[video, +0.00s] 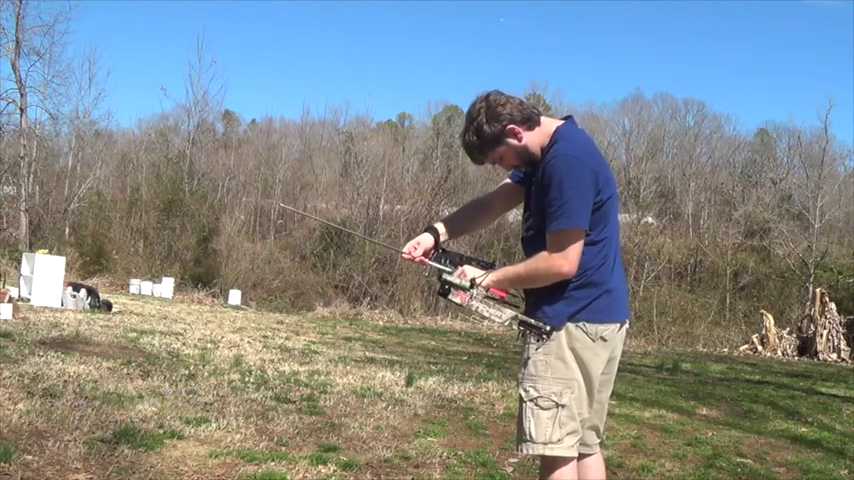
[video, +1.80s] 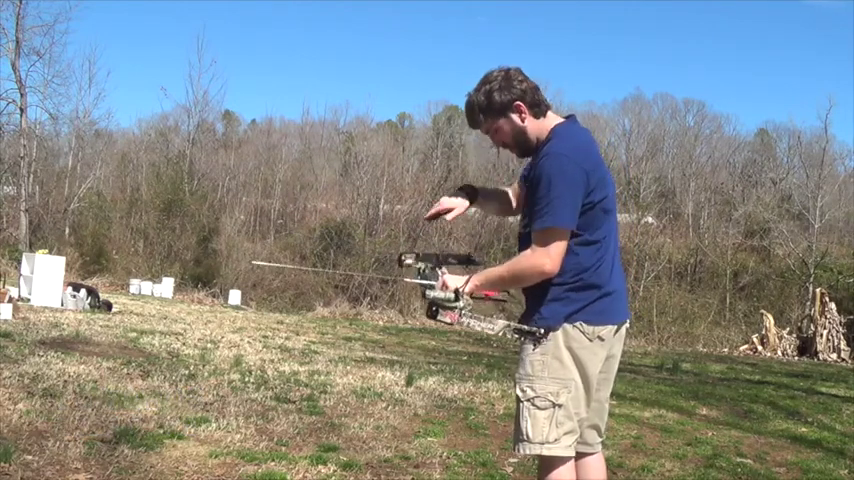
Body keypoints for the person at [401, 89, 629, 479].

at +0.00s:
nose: (502, 166)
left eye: (498, 159)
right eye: (495, 163)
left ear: (514, 132)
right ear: (515, 127)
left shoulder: (566, 159)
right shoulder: (556, 149)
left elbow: (563, 263)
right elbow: (495, 202)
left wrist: (490, 278)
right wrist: (437, 234)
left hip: (572, 319)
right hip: (591, 315)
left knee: (557, 449)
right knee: (585, 444)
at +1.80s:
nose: (495, 143)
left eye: (494, 131)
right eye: (489, 136)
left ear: (520, 110)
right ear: (524, 110)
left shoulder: (558, 156)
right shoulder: (568, 142)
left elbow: (545, 260)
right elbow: (514, 201)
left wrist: (473, 282)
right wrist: (469, 196)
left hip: (567, 320)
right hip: (600, 316)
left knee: (554, 451)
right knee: (587, 444)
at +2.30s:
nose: (497, 145)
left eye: (492, 132)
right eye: (490, 137)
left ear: (510, 109)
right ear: (527, 106)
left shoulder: (532, 151)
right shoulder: (598, 141)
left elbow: (520, 254)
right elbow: (594, 236)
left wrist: (472, 311)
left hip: (566, 316)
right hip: (618, 313)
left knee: (555, 451)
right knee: (597, 447)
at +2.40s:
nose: (500, 148)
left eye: (494, 136)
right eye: (492, 141)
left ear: (509, 111)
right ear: (540, 107)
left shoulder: (531, 151)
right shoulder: (600, 142)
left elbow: (521, 253)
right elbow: (591, 243)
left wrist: (476, 313)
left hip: (567, 316)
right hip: (620, 313)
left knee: (557, 452)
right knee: (600, 449)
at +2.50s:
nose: (502, 149)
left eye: (497, 139)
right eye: (495, 143)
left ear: (508, 113)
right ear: (544, 109)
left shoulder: (530, 150)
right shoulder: (602, 143)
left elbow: (522, 252)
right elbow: (590, 245)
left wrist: (479, 315)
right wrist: (537, 330)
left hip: (567, 315)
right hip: (622, 311)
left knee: (557, 452)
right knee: (601, 450)